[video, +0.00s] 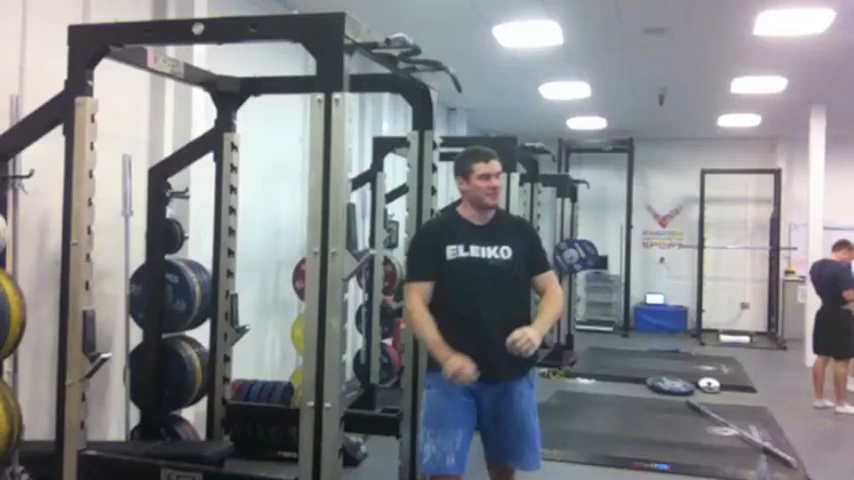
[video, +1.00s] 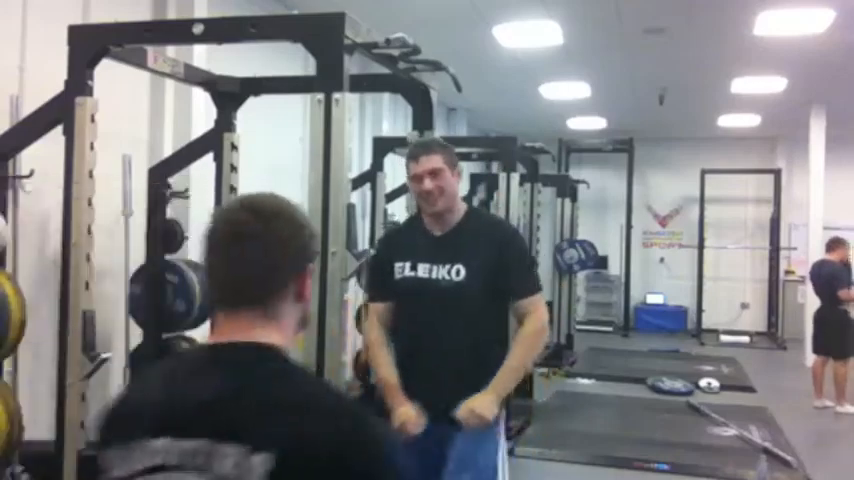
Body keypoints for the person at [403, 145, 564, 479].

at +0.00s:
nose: (494, 183)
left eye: (498, 176)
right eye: (484, 177)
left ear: (504, 179)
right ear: (462, 184)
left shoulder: (520, 231)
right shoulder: (433, 233)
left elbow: (554, 292)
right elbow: (414, 303)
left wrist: (537, 329)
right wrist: (447, 357)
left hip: (511, 378)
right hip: (451, 377)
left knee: (505, 470)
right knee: (443, 472)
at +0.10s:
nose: (486, 186)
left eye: (491, 178)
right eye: (477, 179)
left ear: (497, 182)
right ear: (454, 186)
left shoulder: (516, 235)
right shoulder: (426, 239)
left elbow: (547, 295)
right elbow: (410, 311)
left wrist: (537, 342)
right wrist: (434, 373)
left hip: (509, 385)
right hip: (446, 386)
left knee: (511, 472)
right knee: (438, 473)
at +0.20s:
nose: (474, 183)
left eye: (478, 175)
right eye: (463, 176)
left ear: (483, 180)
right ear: (439, 183)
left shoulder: (504, 233)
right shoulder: (415, 240)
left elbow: (530, 299)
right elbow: (402, 319)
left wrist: (540, 365)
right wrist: (404, 397)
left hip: (501, 385)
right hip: (436, 387)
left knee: (519, 472)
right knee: (434, 473)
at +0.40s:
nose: (446, 180)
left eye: (451, 170)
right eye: (434, 173)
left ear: (460, 173)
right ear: (418, 181)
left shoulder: (491, 229)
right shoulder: (395, 239)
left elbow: (524, 298)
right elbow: (365, 309)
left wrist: (545, 374)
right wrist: (351, 388)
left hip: (491, 389)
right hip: (423, 393)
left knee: (519, 475)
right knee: (413, 475)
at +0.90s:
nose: (424, 183)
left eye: (432, 171)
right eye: (414, 176)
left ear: (452, 171)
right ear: (407, 182)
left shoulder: (494, 235)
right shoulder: (388, 242)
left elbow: (528, 314)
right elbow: (368, 325)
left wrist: (508, 398)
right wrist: (372, 409)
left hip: (476, 415)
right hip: (403, 415)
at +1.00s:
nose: (427, 186)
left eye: (435, 174)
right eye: (417, 179)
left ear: (456, 175)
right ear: (410, 186)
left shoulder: (500, 239)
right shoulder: (393, 244)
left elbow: (536, 320)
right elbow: (375, 325)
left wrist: (493, 395)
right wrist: (397, 401)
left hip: (475, 417)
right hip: (409, 416)